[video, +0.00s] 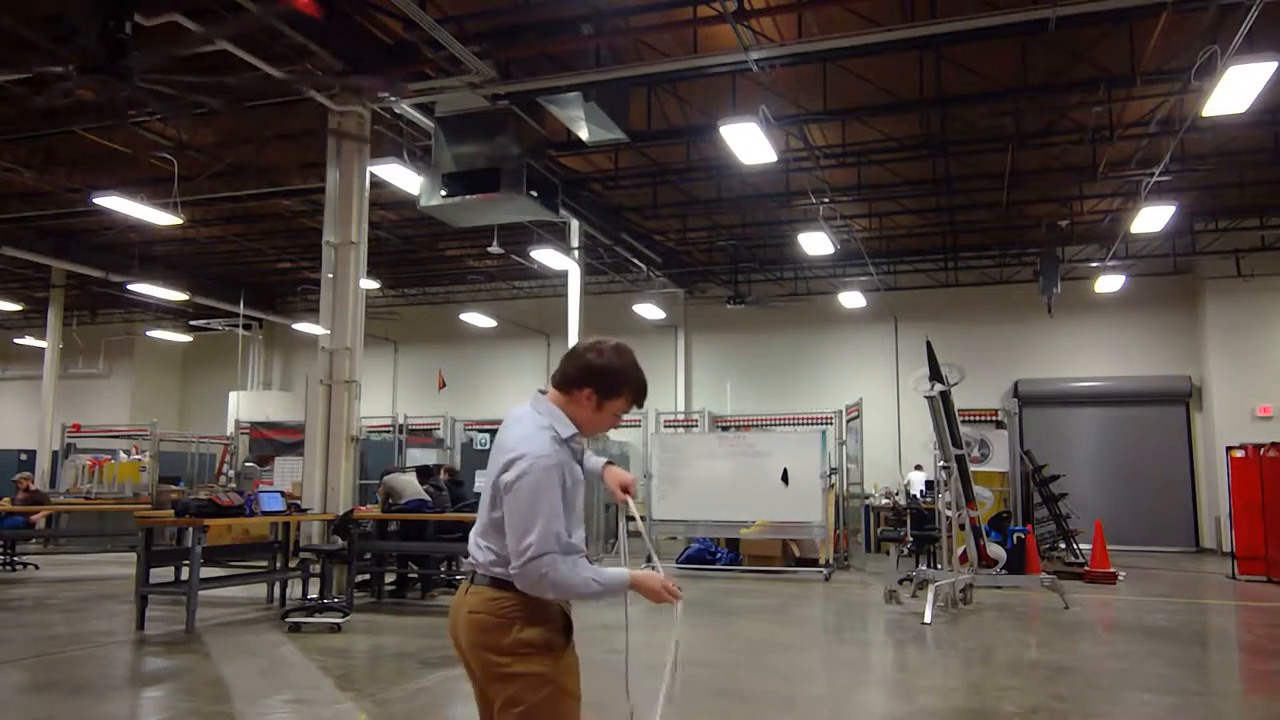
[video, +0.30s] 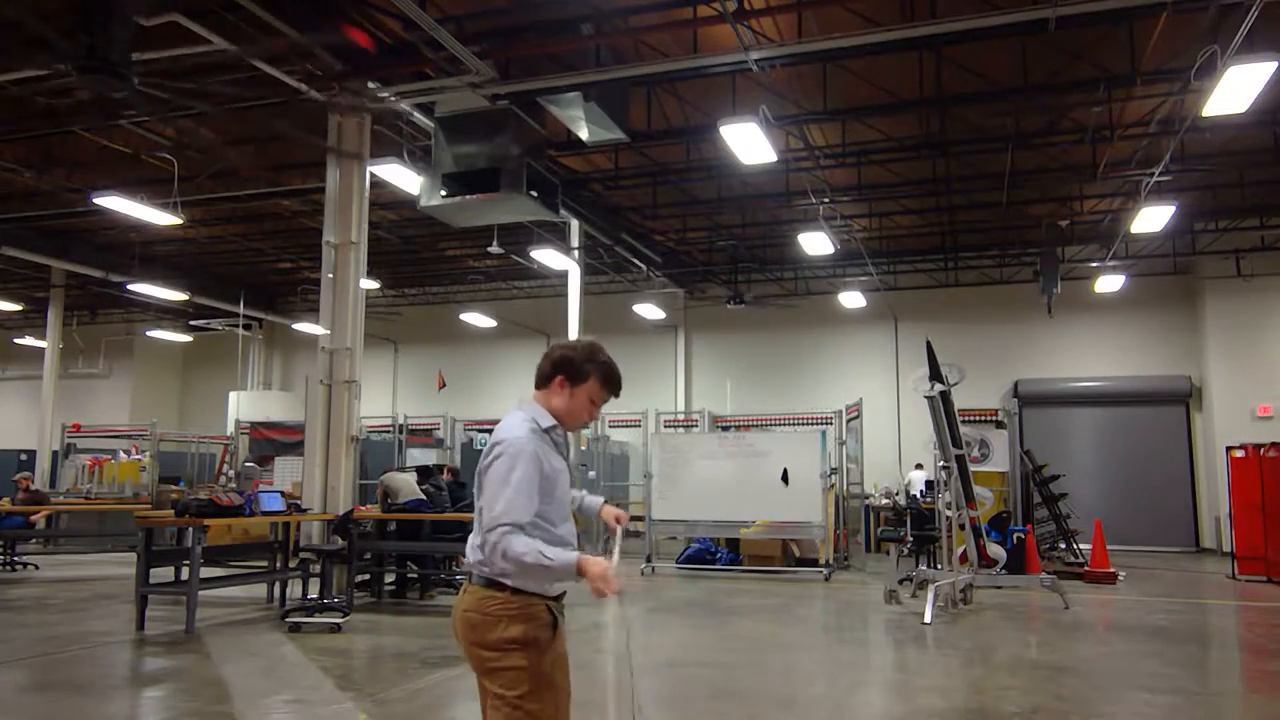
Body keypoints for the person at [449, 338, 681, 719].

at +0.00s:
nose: (616, 425)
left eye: (621, 416)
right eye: (617, 414)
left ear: (583, 396)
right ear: (587, 398)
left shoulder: (527, 420)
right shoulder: (540, 454)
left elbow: (570, 451)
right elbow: (537, 568)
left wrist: (605, 469)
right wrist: (630, 580)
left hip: (482, 600)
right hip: (516, 615)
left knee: (503, 712)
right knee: (543, 712)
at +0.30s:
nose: (595, 415)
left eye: (600, 406)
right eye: (593, 402)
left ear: (561, 386)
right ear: (561, 385)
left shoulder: (540, 435)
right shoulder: (521, 441)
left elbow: (554, 493)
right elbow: (501, 542)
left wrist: (600, 507)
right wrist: (579, 563)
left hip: (527, 606)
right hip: (509, 611)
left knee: (548, 710)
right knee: (531, 713)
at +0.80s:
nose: (615, 408)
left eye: (618, 398)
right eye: (613, 396)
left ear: (583, 390)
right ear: (583, 388)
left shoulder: (543, 436)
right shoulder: (545, 441)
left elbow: (546, 509)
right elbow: (523, 520)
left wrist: (585, 536)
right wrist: (555, 580)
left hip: (488, 588)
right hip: (515, 594)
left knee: (499, 713)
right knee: (552, 713)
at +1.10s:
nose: (635, 420)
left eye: (635, 412)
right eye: (635, 412)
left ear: (587, 408)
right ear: (629, 415)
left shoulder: (559, 446)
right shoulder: (591, 452)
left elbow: (535, 514)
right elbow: (576, 516)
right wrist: (576, 573)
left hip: (490, 585)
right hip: (530, 590)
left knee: (522, 710)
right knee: (556, 710)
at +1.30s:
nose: (608, 452)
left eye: (606, 445)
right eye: (608, 446)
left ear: (563, 449)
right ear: (602, 451)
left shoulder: (547, 486)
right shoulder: (590, 477)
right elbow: (588, 509)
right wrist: (589, 543)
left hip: (505, 614)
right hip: (553, 612)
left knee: (531, 710)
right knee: (577, 712)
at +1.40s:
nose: (589, 458)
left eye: (588, 454)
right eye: (588, 454)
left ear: (546, 460)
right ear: (583, 457)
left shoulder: (535, 495)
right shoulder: (579, 476)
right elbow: (585, 492)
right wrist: (593, 508)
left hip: (512, 606)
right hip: (563, 602)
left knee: (532, 708)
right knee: (578, 711)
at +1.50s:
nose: (581, 465)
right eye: (579, 461)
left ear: (540, 469)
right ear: (574, 463)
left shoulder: (531, 501)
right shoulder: (567, 481)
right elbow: (583, 479)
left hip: (519, 597)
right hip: (569, 594)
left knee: (538, 710)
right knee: (587, 707)